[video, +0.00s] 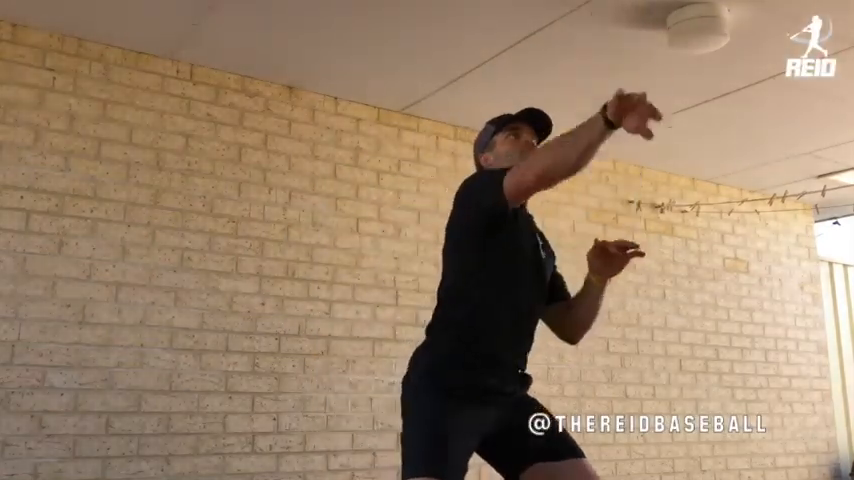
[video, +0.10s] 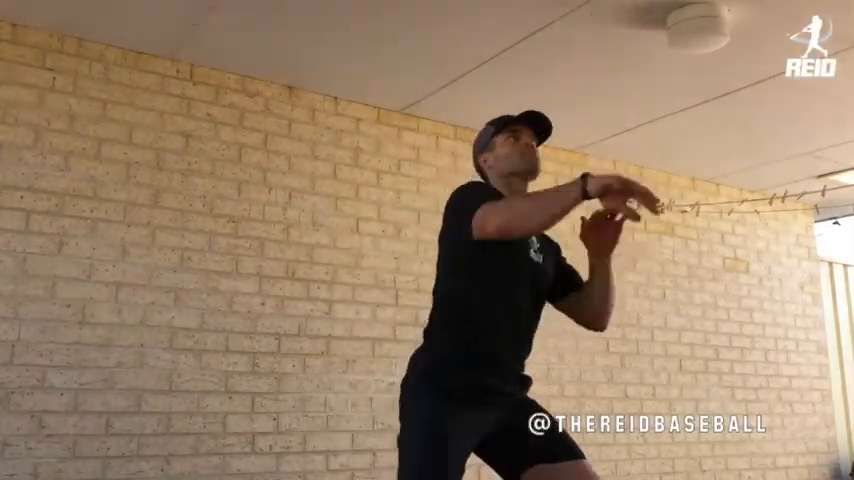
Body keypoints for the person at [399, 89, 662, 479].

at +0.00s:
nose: (529, 145)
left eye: (535, 139)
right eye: (513, 135)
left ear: (541, 153)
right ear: (485, 157)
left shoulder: (534, 243)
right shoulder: (477, 196)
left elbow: (570, 328)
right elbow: (543, 170)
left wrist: (596, 279)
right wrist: (608, 119)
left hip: (503, 393)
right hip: (444, 385)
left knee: (577, 473)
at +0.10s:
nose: (529, 141)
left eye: (532, 138)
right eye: (513, 136)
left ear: (537, 160)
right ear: (485, 161)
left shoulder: (544, 249)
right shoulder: (469, 198)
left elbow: (595, 316)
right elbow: (498, 221)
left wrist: (600, 257)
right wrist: (584, 186)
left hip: (503, 396)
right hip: (441, 389)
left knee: (578, 474)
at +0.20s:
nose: (526, 147)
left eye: (528, 143)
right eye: (509, 141)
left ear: (533, 164)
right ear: (482, 165)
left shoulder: (536, 243)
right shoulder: (455, 208)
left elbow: (620, 297)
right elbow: (453, 264)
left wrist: (608, 228)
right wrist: (536, 245)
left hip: (499, 400)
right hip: (434, 396)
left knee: (576, 475)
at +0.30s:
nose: (521, 157)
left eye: (524, 152)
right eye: (504, 150)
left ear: (529, 170)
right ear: (476, 173)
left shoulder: (545, 250)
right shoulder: (440, 222)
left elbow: (644, 281)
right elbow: (401, 288)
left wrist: (655, 225)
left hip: (488, 405)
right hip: (419, 399)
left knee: (572, 475)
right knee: (399, 475)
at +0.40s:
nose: (520, 163)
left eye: (523, 160)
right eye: (504, 158)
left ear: (529, 182)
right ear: (475, 184)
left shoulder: (552, 250)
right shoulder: (435, 240)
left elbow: (651, 217)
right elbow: (367, 302)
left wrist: (714, 150)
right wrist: (425, 304)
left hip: (483, 417)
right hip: (413, 402)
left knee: (568, 478)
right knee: (385, 476)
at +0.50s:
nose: (523, 167)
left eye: (527, 163)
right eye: (506, 159)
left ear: (532, 182)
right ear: (476, 183)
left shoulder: (551, 248)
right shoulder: (433, 246)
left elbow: (637, 208)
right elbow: (371, 316)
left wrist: (687, 124)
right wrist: (422, 314)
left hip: (484, 418)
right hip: (415, 403)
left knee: (568, 476)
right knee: (387, 474)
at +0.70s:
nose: (528, 161)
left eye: (530, 156)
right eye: (510, 155)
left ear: (537, 176)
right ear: (481, 180)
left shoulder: (545, 259)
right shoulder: (450, 231)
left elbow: (621, 325)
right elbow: (414, 286)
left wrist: (656, 301)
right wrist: (514, 274)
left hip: (488, 413)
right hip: (420, 401)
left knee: (571, 475)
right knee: (401, 474)